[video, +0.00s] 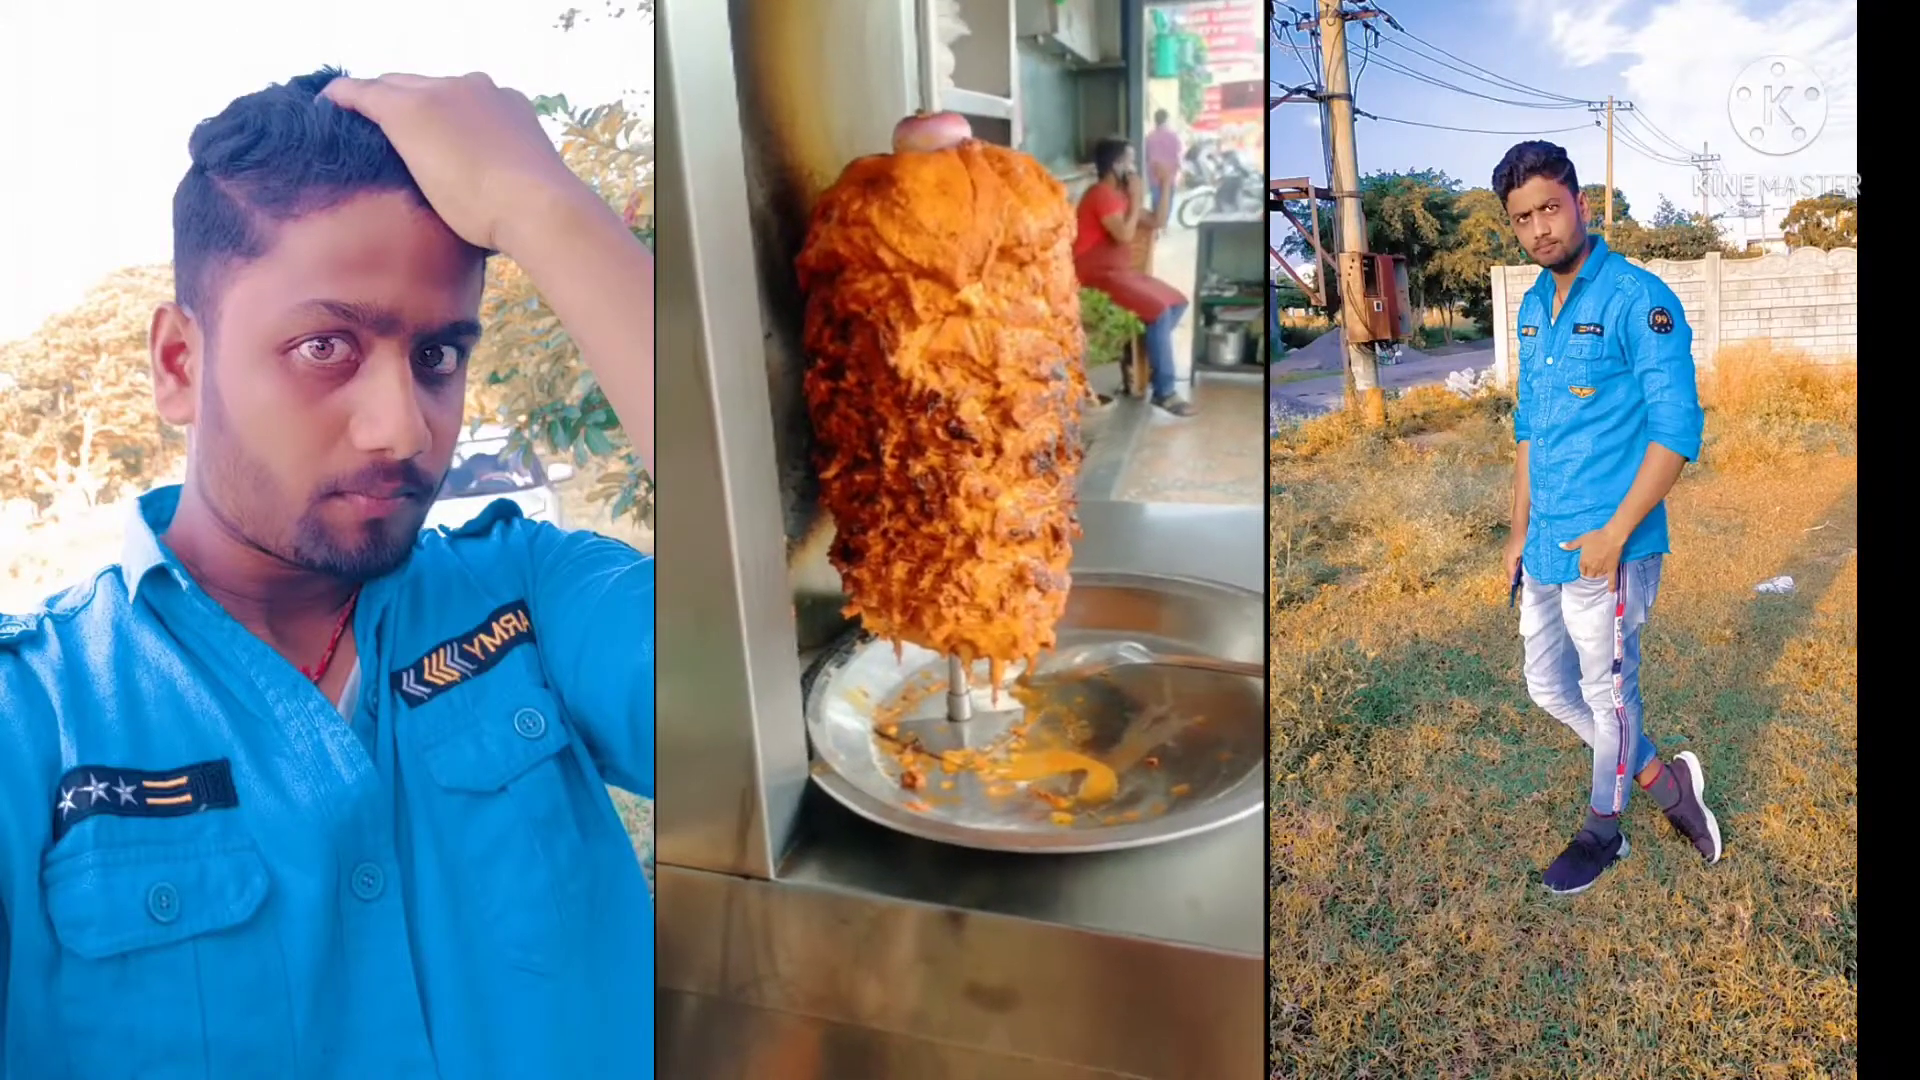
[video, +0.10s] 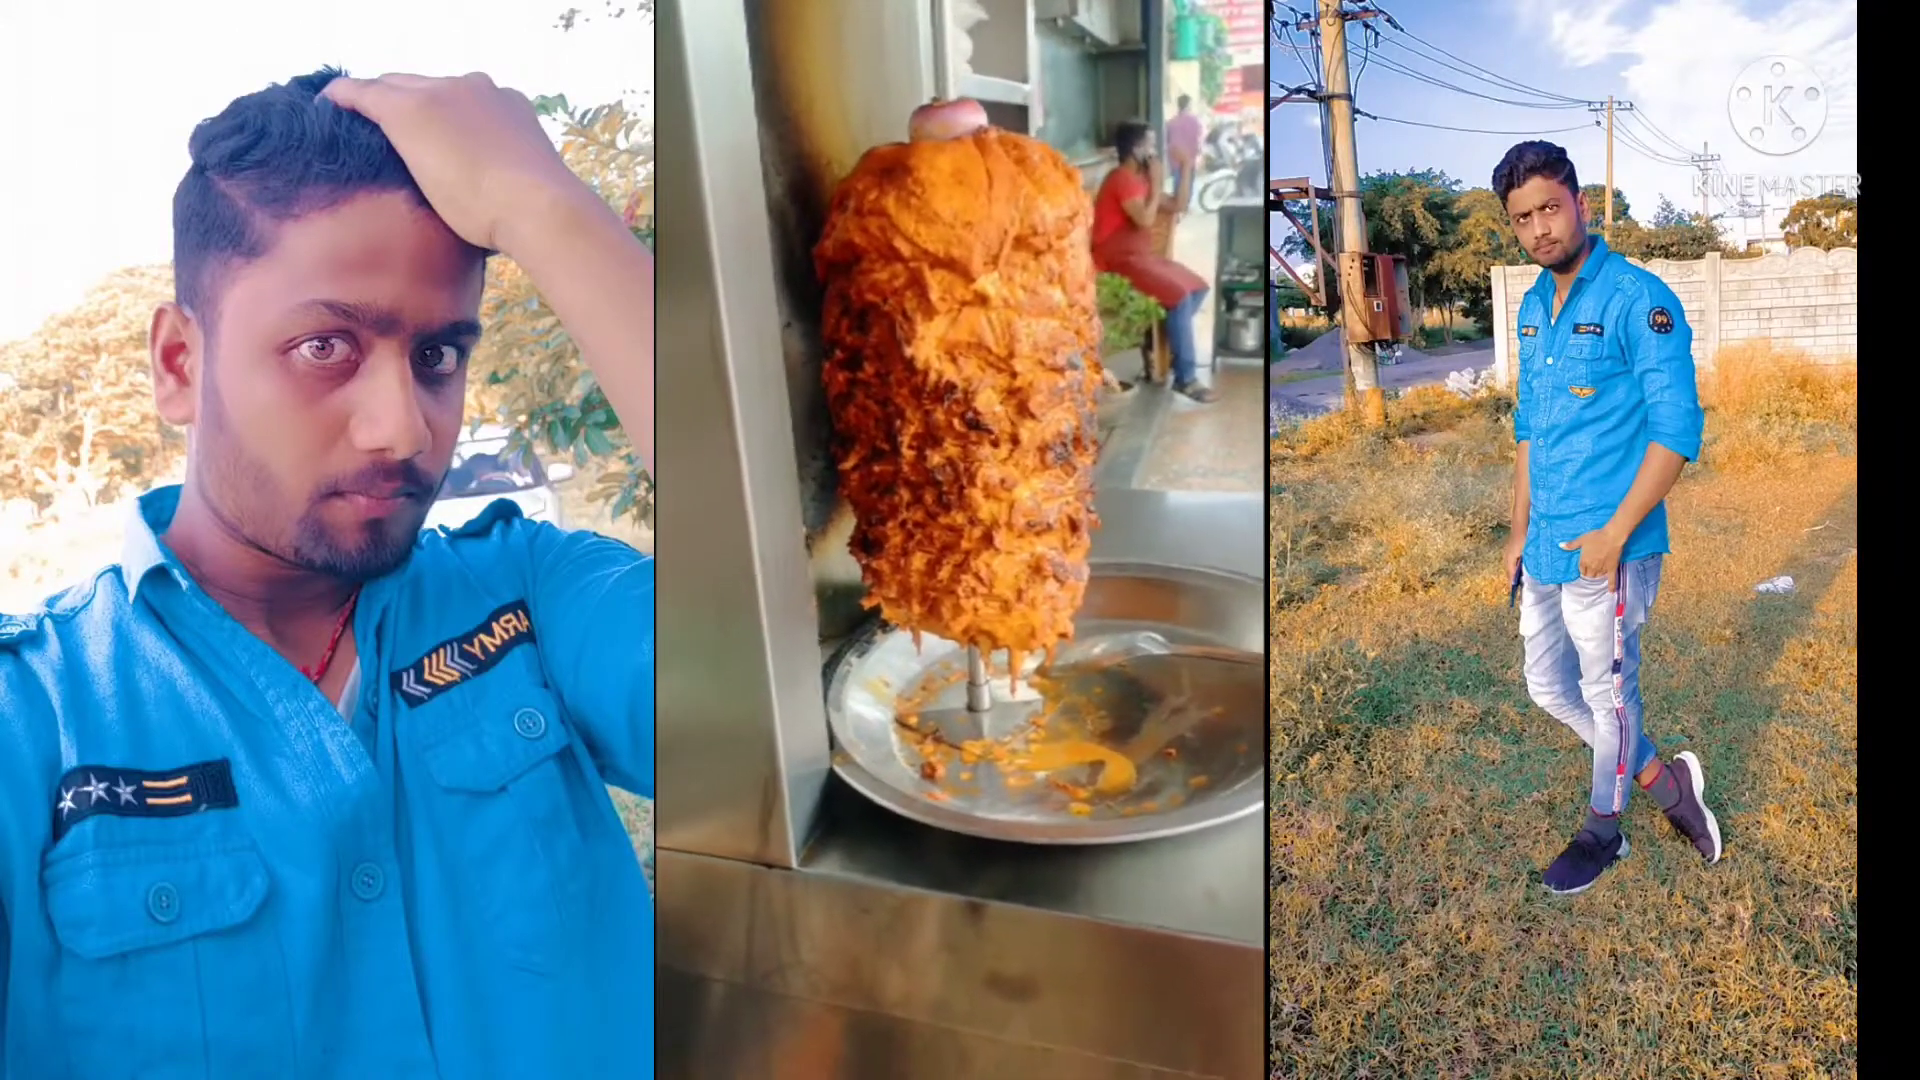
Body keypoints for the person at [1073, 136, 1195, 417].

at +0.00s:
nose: (1133, 166)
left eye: (1133, 160)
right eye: (1128, 160)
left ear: (1114, 165)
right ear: (1113, 164)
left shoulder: (1119, 193)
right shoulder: (1101, 194)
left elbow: (1156, 222)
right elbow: (1124, 234)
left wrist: (1166, 186)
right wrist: (1135, 194)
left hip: (1121, 270)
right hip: (1099, 272)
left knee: (1178, 303)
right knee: (1158, 311)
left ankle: (1134, 357)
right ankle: (1164, 392)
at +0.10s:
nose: (1153, 148)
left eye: (1153, 142)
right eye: (1149, 143)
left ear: (1134, 148)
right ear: (1134, 147)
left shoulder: (1139, 177)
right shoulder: (1121, 177)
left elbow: (1177, 206)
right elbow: (1144, 218)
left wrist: (1186, 168)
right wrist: (1156, 178)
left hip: (1140, 253)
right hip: (1119, 256)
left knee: (1199, 288)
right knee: (1178, 295)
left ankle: (1155, 345)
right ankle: (1185, 379)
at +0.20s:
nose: (1170, 144)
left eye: (1170, 137)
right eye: (1165, 138)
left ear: (1152, 144)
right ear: (1150, 143)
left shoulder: (1157, 173)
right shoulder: (1137, 174)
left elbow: (1195, 201)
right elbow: (1161, 214)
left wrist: (1202, 164)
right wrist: (1174, 173)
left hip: (1158, 250)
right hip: (1135, 254)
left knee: (1217, 283)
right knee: (1196, 291)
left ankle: (1173, 340)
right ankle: (1203, 374)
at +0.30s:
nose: (1178, 129)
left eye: (1177, 122)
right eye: (1173, 123)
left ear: (1159, 129)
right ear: (1159, 128)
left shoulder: (1165, 159)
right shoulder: (1145, 159)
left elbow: (1203, 187)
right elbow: (1171, 200)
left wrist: (1209, 150)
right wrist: (1183, 156)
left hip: (1166, 236)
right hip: (1144, 240)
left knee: (1227, 268)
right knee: (1205, 278)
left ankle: (1181, 328)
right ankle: (1212, 361)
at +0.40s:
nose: (1163, 140)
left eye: (1162, 134)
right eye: (1158, 134)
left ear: (1144, 140)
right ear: (1143, 139)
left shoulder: (1149, 172)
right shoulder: (1128, 171)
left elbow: (1185, 198)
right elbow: (1152, 211)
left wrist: (1191, 162)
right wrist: (1166, 167)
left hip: (1148, 248)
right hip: (1125, 251)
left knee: (1207, 281)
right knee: (1186, 289)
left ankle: (1162, 337)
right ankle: (1192, 372)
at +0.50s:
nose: (1148, 126)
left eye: (1148, 120)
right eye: (1144, 120)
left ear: (1134, 125)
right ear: (1129, 124)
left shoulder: (1135, 155)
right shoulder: (1113, 155)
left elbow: (1169, 184)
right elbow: (1136, 196)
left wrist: (1176, 148)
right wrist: (1151, 153)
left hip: (1132, 232)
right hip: (1108, 235)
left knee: (1189, 267)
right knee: (1167, 274)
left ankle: (1142, 323)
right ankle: (1172, 358)